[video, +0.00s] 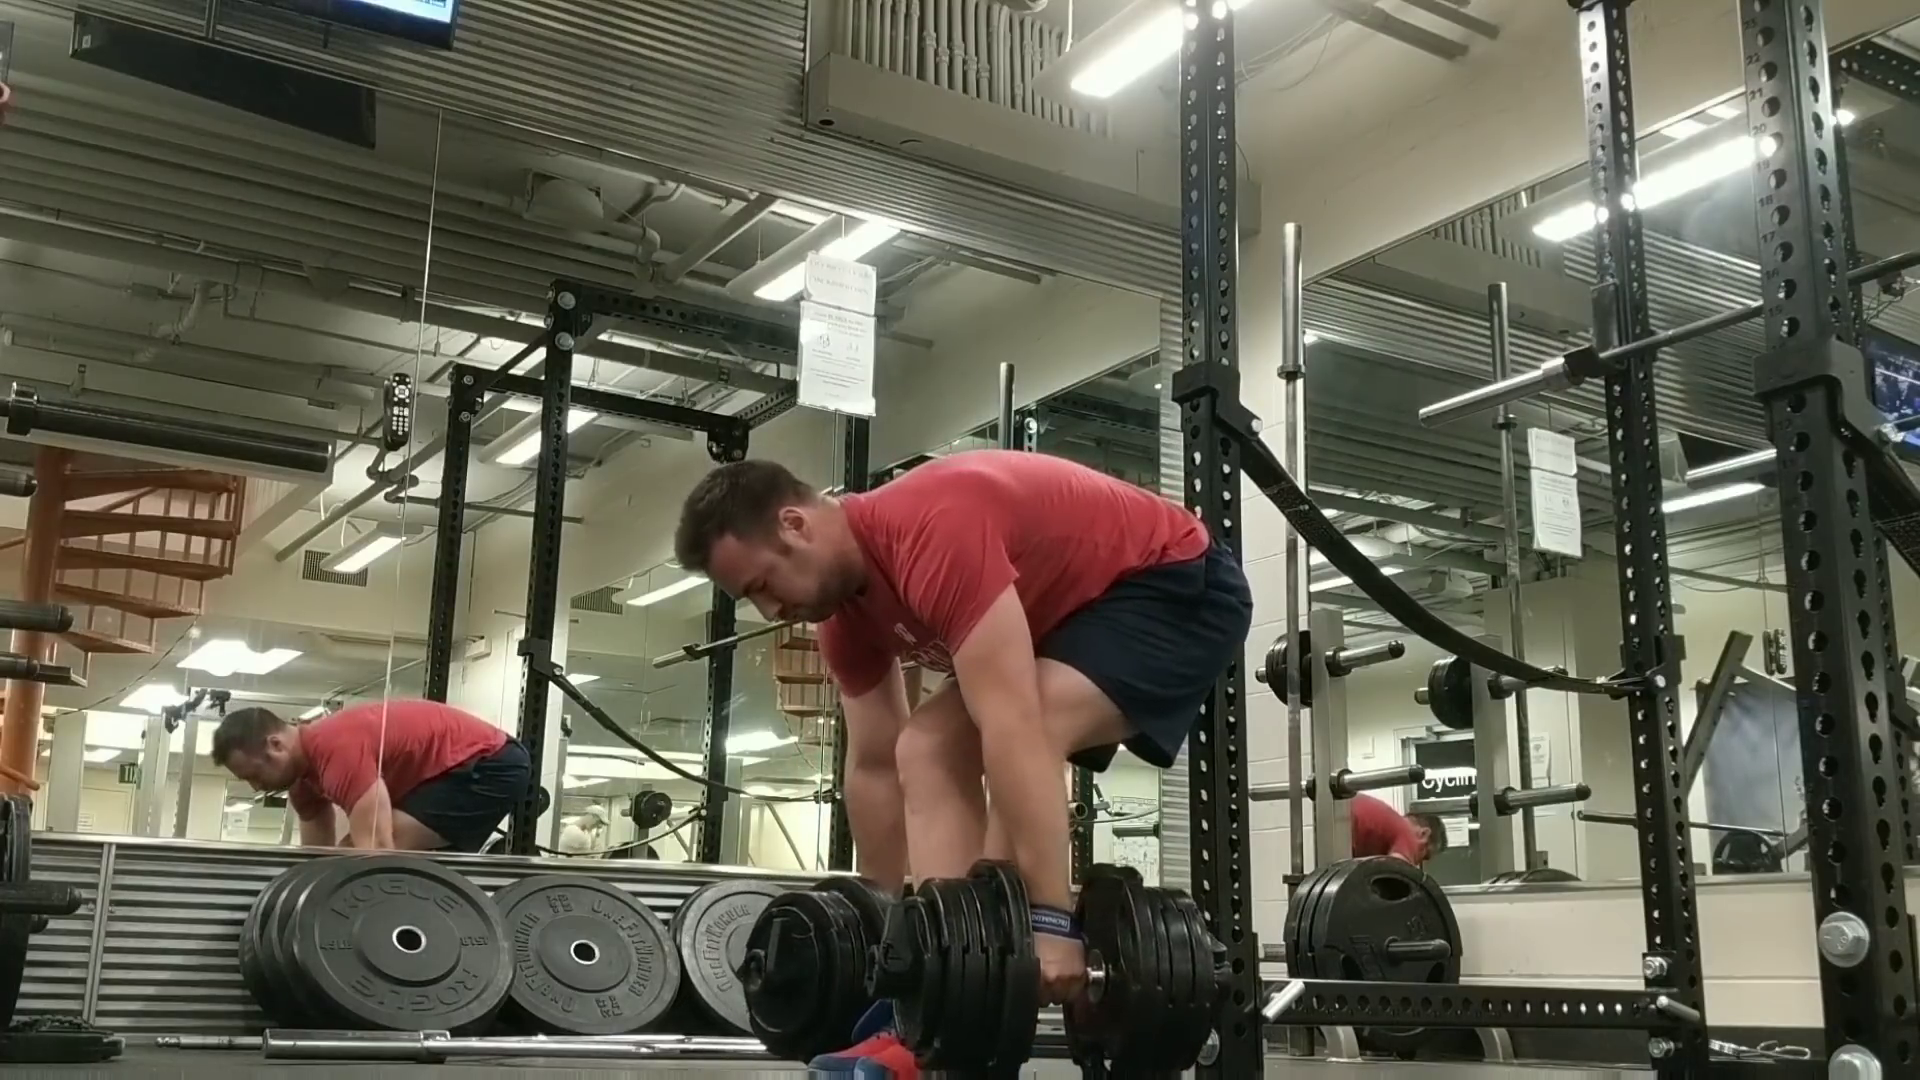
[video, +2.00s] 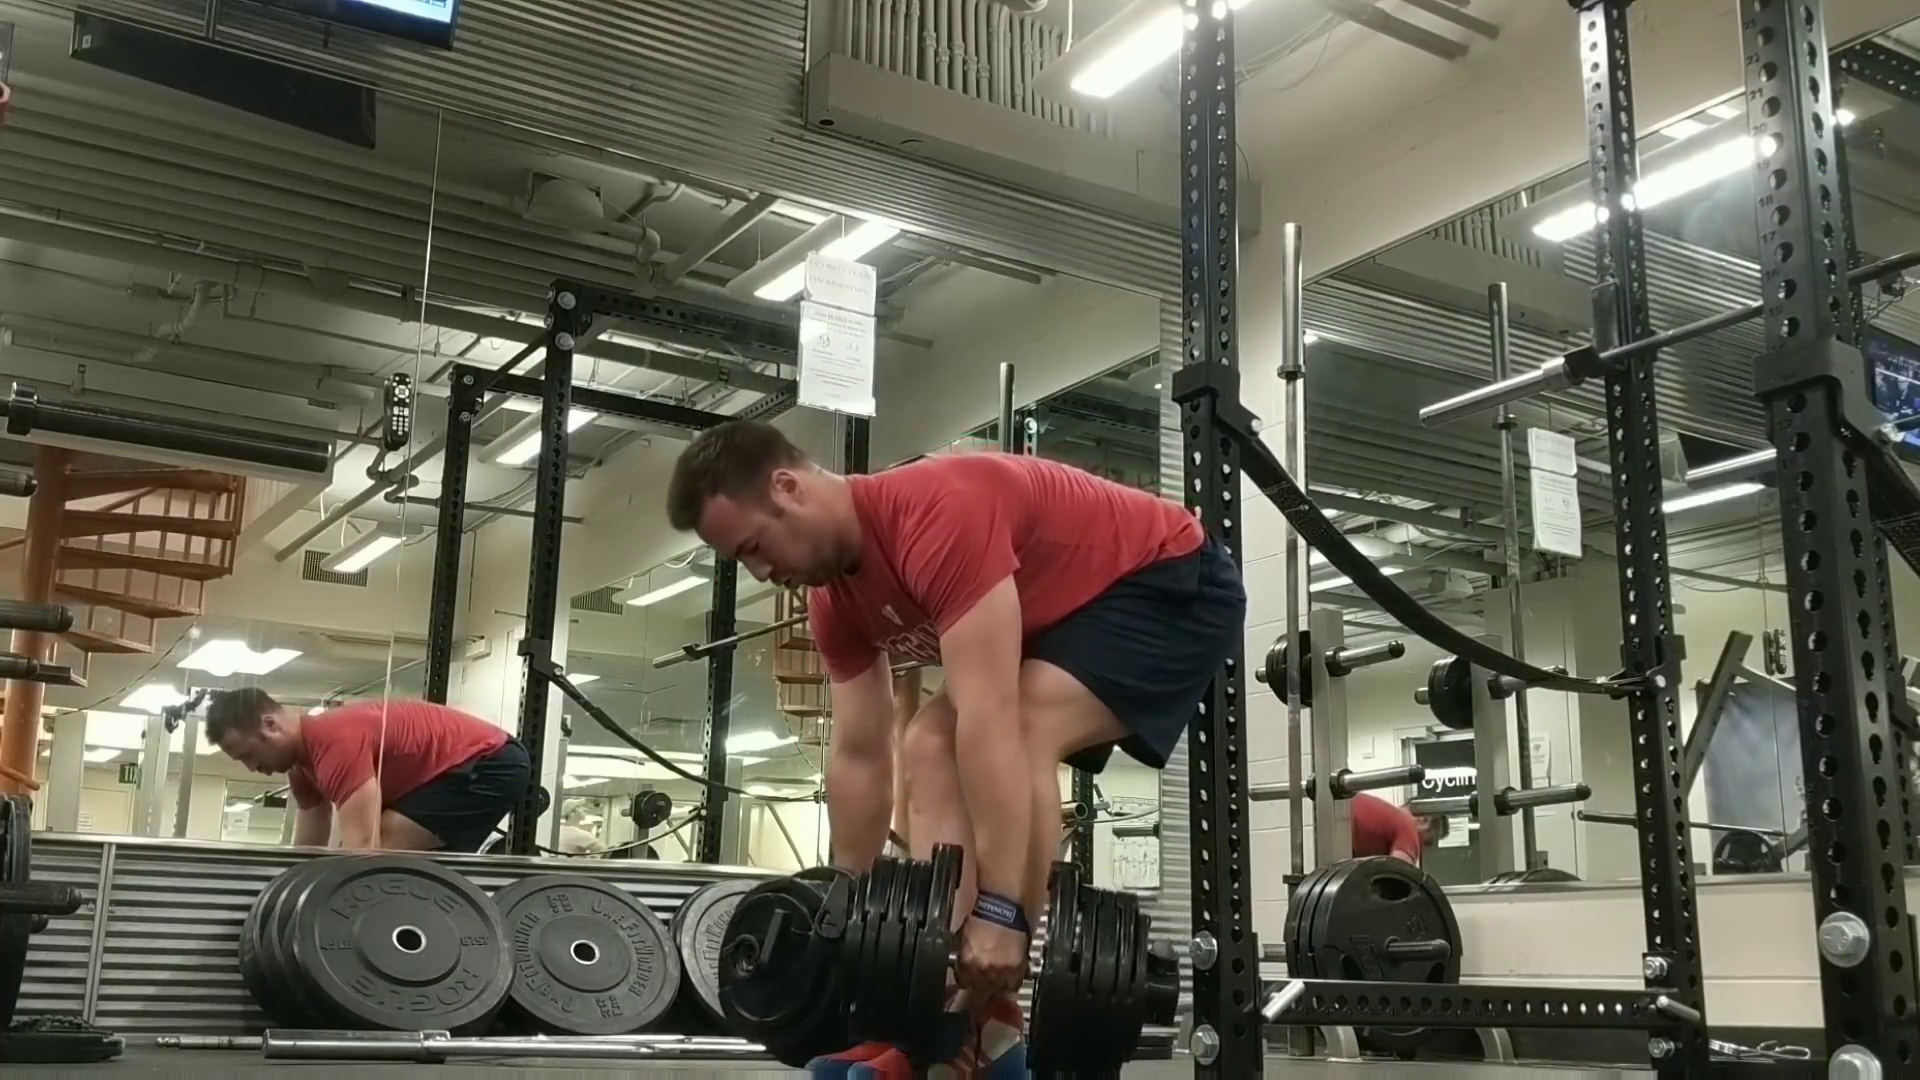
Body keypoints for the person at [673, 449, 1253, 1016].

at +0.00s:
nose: (768, 611)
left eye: (762, 586)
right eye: (751, 600)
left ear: (797, 523)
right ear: (798, 529)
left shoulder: (938, 528)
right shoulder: (845, 606)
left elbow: (1018, 729)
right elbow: (875, 764)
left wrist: (1052, 922)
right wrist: (880, 935)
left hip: (1177, 585)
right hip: (1075, 611)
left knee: (1022, 739)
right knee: (926, 746)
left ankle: (978, 1019)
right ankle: (915, 1007)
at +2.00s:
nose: (760, 575)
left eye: (755, 548)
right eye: (743, 563)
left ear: (791, 485)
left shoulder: (943, 512)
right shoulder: (837, 601)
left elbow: (992, 711)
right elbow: (859, 752)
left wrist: (1001, 912)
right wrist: (851, 922)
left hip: (1169, 582)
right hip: (1060, 615)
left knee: (1015, 729)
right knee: (928, 738)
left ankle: (995, 1024)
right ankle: (930, 1018)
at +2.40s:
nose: (758, 563)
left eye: (756, 536)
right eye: (742, 551)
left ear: (796, 476)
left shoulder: (946, 508)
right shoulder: (836, 594)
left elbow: (994, 707)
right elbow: (858, 751)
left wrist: (1002, 905)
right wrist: (852, 921)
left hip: (1170, 582)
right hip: (1061, 615)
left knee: (1019, 727)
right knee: (928, 738)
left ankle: (994, 1026)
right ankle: (929, 1016)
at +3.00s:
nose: (783, 493)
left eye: (777, 469)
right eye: (765, 483)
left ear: (810, 404)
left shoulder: (958, 432)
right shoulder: (849, 523)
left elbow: (1069, 581)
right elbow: (891, 655)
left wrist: (1064, 761)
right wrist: (887, 803)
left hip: (1164, 570)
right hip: (1040, 600)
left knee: (1027, 727)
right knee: (947, 732)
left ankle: (990, 1017)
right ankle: (943, 998)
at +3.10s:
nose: (796, 478)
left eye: (788, 455)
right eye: (778, 471)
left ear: (816, 391)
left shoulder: (967, 412)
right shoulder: (857, 509)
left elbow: (1094, 548)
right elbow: (906, 631)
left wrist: (1088, 721)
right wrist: (896, 769)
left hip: (1163, 572)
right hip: (1040, 604)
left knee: (1020, 764)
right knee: (948, 757)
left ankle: (988, 1020)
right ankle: (941, 1004)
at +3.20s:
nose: (810, 466)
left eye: (801, 444)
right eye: (792, 460)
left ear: (824, 380)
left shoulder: (972, 395)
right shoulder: (866, 486)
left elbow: (1114, 515)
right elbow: (922, 600)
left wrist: (1110, 684)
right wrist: (900, 737)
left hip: (1162, 573)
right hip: (1046, 601)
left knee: (1017, 750)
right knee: (940, 737)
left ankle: (990, 1016)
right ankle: (941, 999)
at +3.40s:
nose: (846, 467)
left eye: (835, 450)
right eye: (829, 463)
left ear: (840, 384)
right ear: (838, 386)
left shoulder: (987, 370)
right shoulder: (870, 459)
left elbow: (1143, 467)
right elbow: (949, 560)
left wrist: (1141, 628)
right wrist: (925, 676)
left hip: (1160, 571)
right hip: (1054, 595)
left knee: (1007, 737)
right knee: (943, 732)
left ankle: (991, 1017)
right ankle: (941, 1001)